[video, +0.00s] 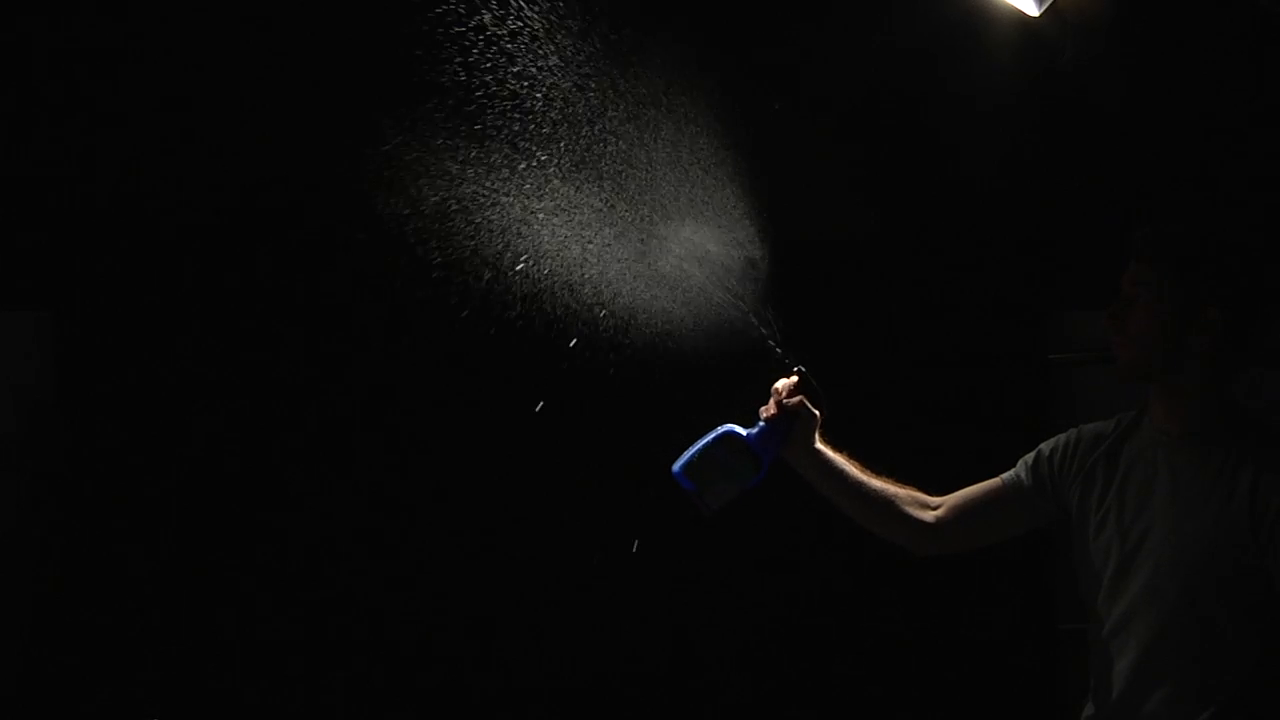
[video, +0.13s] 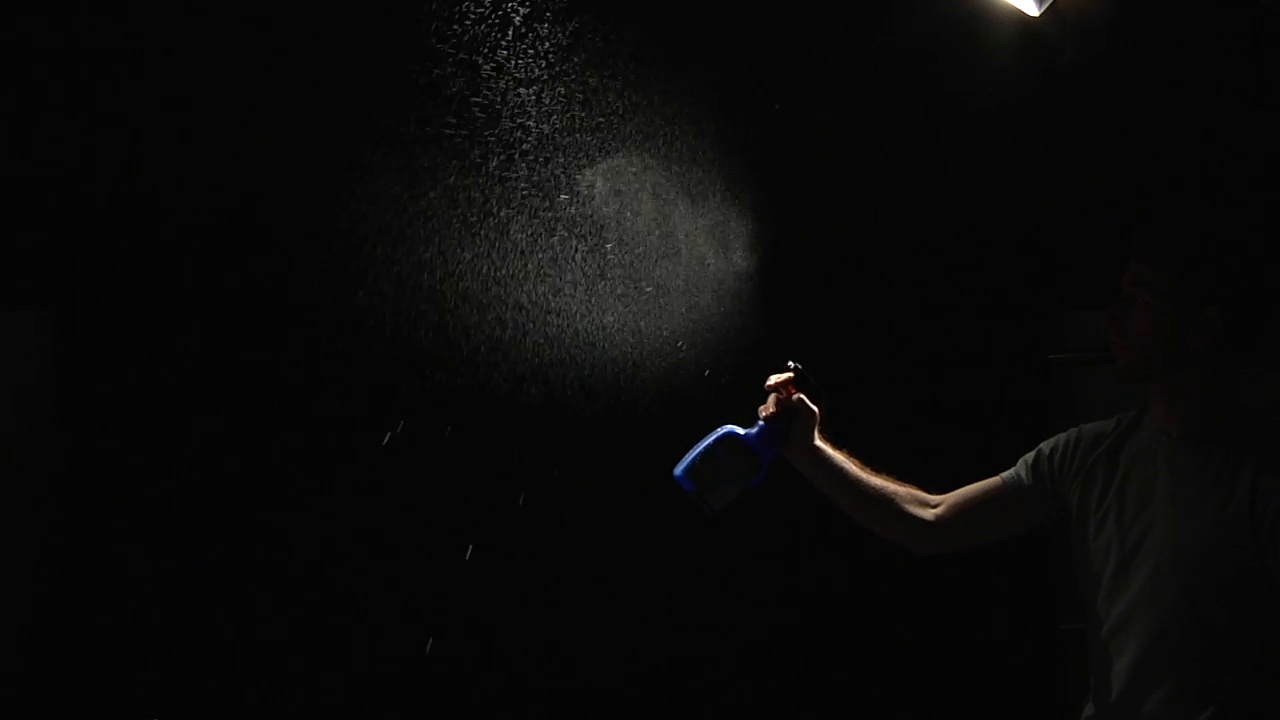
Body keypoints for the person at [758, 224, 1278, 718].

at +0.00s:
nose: (1119, 316)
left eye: (1141, 299)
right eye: (1124, 297)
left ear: (1202, 318)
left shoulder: (1260, 460)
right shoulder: (1088, 456)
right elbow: (932, 520)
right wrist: (807, 448)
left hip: (1229, 700)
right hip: (1113, 701)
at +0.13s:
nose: (1119, 321)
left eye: (1141, 303)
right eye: (1123, 302)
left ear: (1202, 322)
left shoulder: (1260, 461)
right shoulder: (1088, 456)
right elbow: (931, 518)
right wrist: (807, 445)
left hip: (1231, 699)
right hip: (1114, 700)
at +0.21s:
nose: (1121, 319)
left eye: (1144, 304)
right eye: (1124, 301)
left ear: (1202, 323)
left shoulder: (1260, 462)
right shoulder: (1089, 456)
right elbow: (929, 518)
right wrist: (807, 445)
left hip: (1234, 699)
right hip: (1117, 701)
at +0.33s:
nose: (1119, 317)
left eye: (1142, 302)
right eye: (1123, 300)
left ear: (1200, 321)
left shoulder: (1256, 458)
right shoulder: (1088, 455)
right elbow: (931, 519)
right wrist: (809, 447)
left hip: (1232, 698)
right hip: (1117, 700)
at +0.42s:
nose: (1118, 317)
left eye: (1141, 302)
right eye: (1122, 300)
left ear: (1200, 321)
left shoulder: (1255, 460)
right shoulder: (1088, 456)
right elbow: (930, 518)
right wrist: (808, 447)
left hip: (1231, 699)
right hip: (1117, 701)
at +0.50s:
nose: (1119, 317)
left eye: (1143, 301)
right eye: (1124, 299)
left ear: (1202, 320)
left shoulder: (1259, 460)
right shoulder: (1087, 456)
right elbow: (930, 519)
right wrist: (807, 446)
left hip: (1233, 698)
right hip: (1117, 699)